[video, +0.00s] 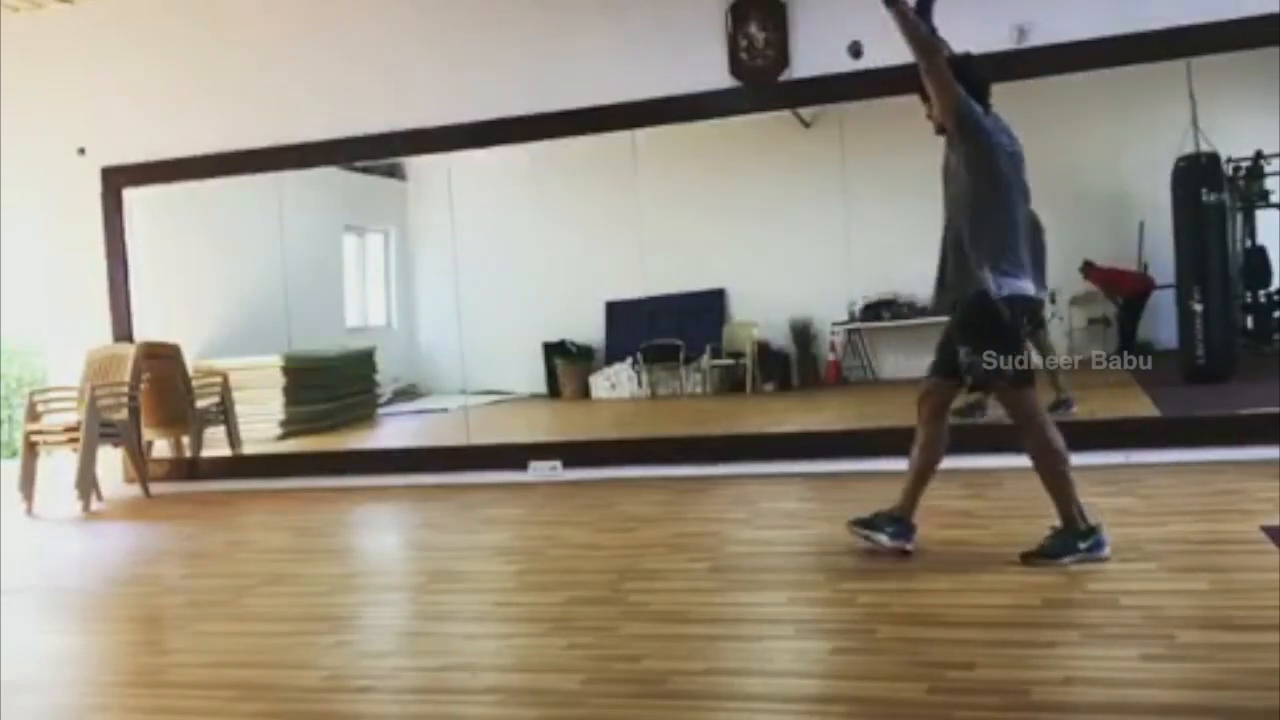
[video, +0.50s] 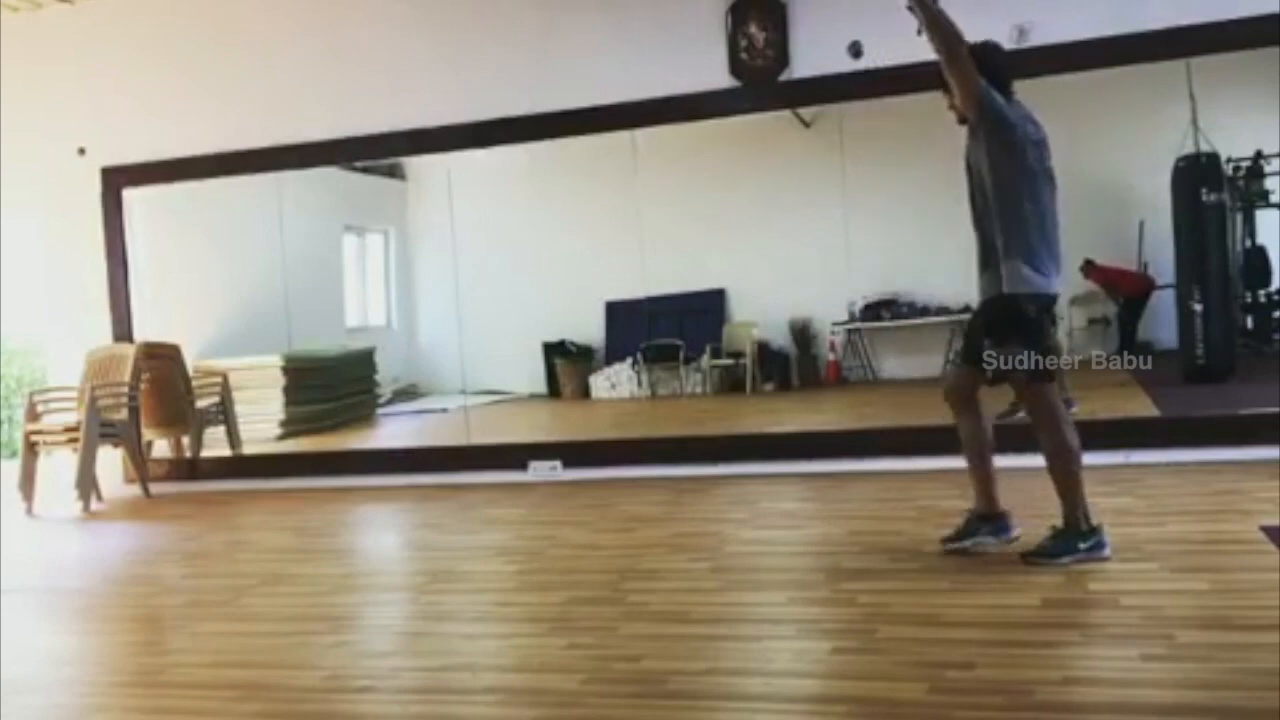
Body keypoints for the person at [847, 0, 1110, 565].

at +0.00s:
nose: (927, 115)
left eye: (930, 101)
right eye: (926, 103)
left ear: (953, 94)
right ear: (969, 93)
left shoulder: (977, 132)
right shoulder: (995, 142)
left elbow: (936, 61)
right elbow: (1028, 225)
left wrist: (898, 8)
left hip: (994, 296)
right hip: (984, 297)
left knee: (1027, 413)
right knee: (934, 402)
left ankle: (1079, 527)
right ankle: (902, 516)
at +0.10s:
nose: (942, 104)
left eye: (945, 90)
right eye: (940, 92)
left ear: (968, 86)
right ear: (977, 84)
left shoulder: (1000, 127)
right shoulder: (988, 135)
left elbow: (950, 57)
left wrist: (911, 9)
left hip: (1018, 291)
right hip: (990, 293)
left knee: (1035, 404)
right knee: (934, 385)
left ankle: (1079, 526)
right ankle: (966, 505)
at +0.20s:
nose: (947, 103)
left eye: (951, 90)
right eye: (946, 92)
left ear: (975, 84)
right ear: (985, 82)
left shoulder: (1004, 125)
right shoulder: (994, 132)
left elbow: (954, 52)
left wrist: (918, 7)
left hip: (1022, 290)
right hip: (996, 291)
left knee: (1037, 404)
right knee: (941, 386)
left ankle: (1080, 526)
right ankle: (995, 496)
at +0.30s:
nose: (951, 98)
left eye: (954, 85)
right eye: (949, 88)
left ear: (979, 81)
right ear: (993, 78)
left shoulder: (1008, 124)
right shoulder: (999, 130)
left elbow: (959, 47)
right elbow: (960, 50)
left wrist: (925, 4)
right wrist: (931, 15)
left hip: (1025, 286)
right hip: (1001, 288)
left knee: (1036, 395)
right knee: (960, 390)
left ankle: (1080, 526)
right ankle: (1016, 507)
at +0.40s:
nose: (951, 99)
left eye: (955, 85)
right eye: (949, 88)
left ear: (980, 81)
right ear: (993, 78)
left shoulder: (1010, 123)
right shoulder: (999, 129)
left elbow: (960, 49)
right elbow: (960, 52)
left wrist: (927, 6)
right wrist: (931, 16)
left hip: (1028, 285)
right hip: (1002, 287)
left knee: (1038, 396)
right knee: (960, 388)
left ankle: (1080, 526)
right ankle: (1012, 505)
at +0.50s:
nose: (949, 104)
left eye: (952, 91)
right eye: (946, 93)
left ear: (975, 84)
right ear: (994, 78)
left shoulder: (1007, 123)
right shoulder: (1003, 128)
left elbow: (960, 58)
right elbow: (959, 58)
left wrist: (926, 9)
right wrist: (929, 19)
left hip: (1025, 287)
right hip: (1004, 288)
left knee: (1040, 398)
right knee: (960, 388)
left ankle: (1080, 526)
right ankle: (989, 513)